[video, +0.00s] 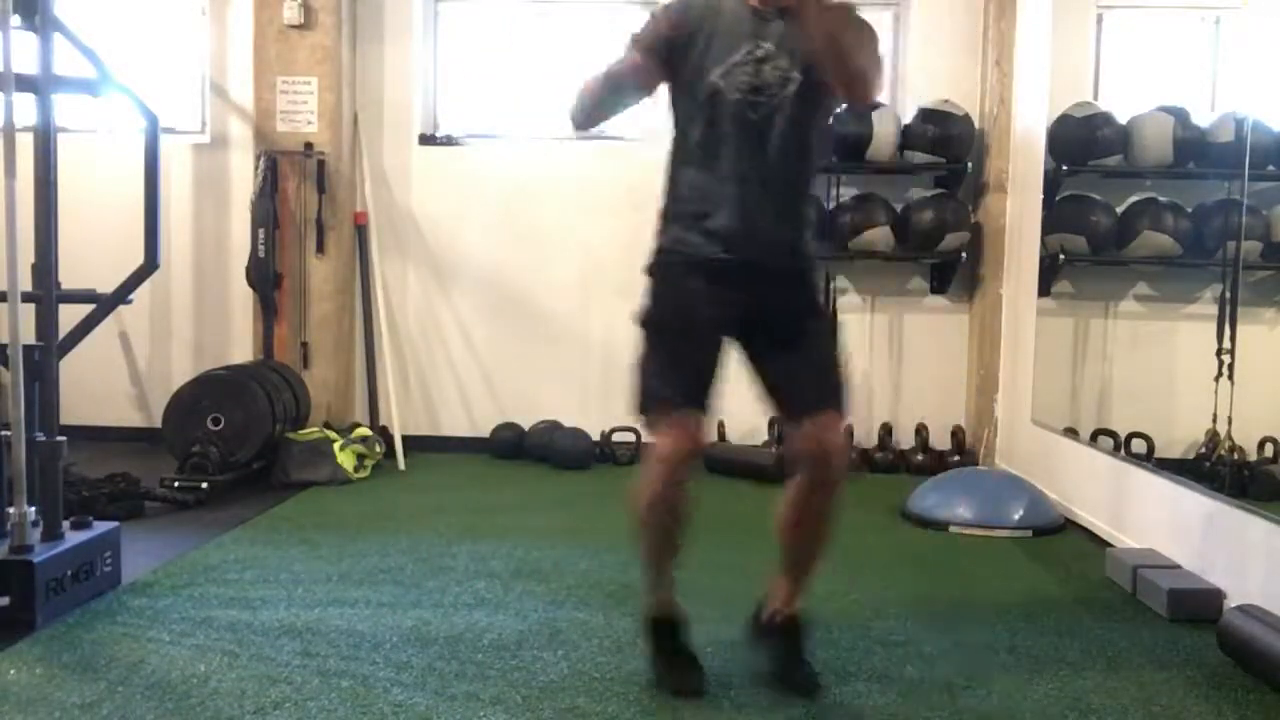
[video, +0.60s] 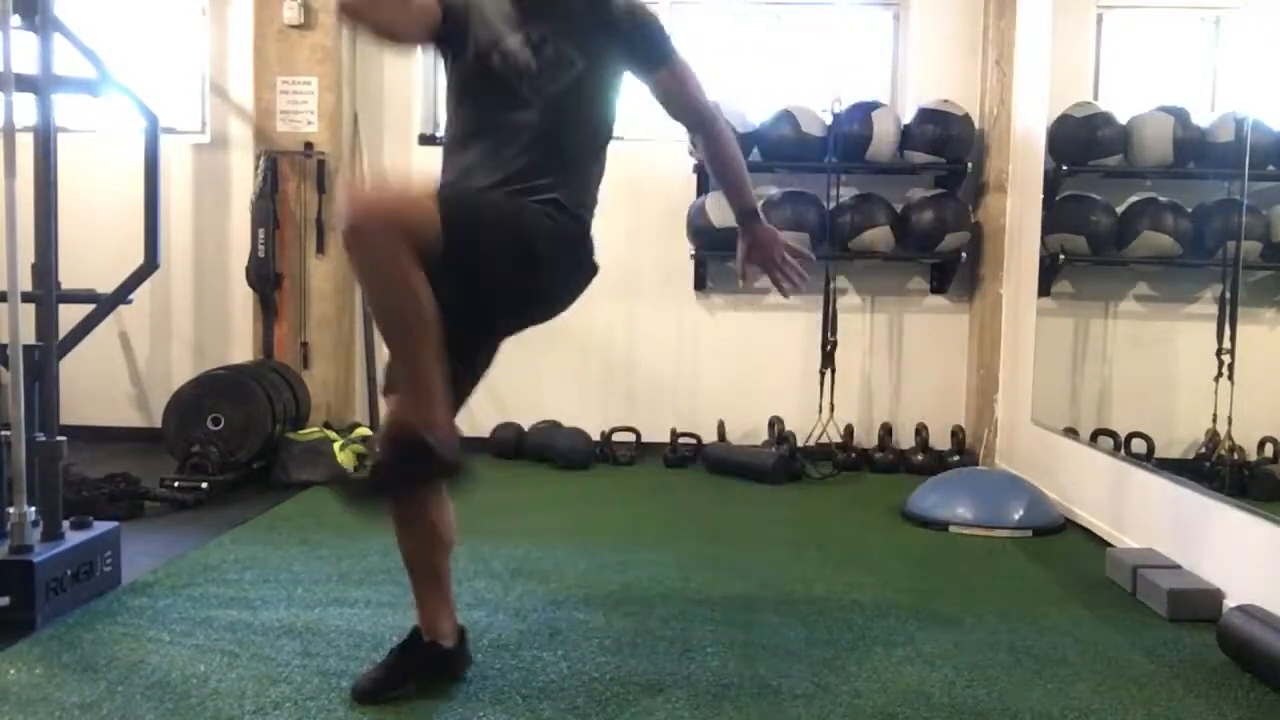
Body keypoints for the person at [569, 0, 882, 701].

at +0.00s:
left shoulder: (831, 22)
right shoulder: (692, 15)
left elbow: (864, 89)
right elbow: (585, 111)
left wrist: (810, 8)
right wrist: (629, 71)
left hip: (781, 266)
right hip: (690, 261)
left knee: (826, 449)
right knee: (674, 446)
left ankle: (780, 614)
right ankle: (661, 614)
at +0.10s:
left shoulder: (779, 41)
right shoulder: (643, 24)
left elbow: (794, 112)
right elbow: (539, 75)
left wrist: (715, 102)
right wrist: (535, 8)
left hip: (734, 284)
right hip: (641, 276)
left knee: (776, 462)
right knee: (574, 447)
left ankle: (767, 627)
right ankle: (502, 610)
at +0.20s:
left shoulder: (723, 48)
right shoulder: (584, 18)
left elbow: (754, 139)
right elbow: (481, 24)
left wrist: (695, 187)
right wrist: (470, 8)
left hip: (677, 281)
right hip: (585, 275)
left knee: (735, 463)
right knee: (506, 455)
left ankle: (763, 625)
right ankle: (433, 631)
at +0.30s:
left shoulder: (670, 43)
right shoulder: (534, 9)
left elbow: (729, 152)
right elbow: (446, 6)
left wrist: (710, 257)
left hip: (613, 279)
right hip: (518, 270)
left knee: (650, 458)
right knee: (451, 449)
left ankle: (747, 609)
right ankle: (425, 635)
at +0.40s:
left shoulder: (634, 20)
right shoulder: (492, 6)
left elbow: (712, 146)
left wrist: (752, 273)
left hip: (572, 257)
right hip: (481, 253)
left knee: (549, 441)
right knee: (440, 443)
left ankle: (671, 573)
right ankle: (424, 634)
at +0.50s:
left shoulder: (620, 10)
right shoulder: (467, 3)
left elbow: (708, 124)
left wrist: (763, 250)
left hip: (555, 231)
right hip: (467, 230)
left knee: (439, 357)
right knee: (428, 435)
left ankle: (535, 523)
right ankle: (425, 632)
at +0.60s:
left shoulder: (608, 12)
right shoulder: (461, 7)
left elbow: (701, 115)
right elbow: (369, 10)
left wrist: (751, 222)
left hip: (546, 238)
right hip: (466, 244)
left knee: (372, 212)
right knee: (405, 435)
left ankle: (431, 429)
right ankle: (437, 637)